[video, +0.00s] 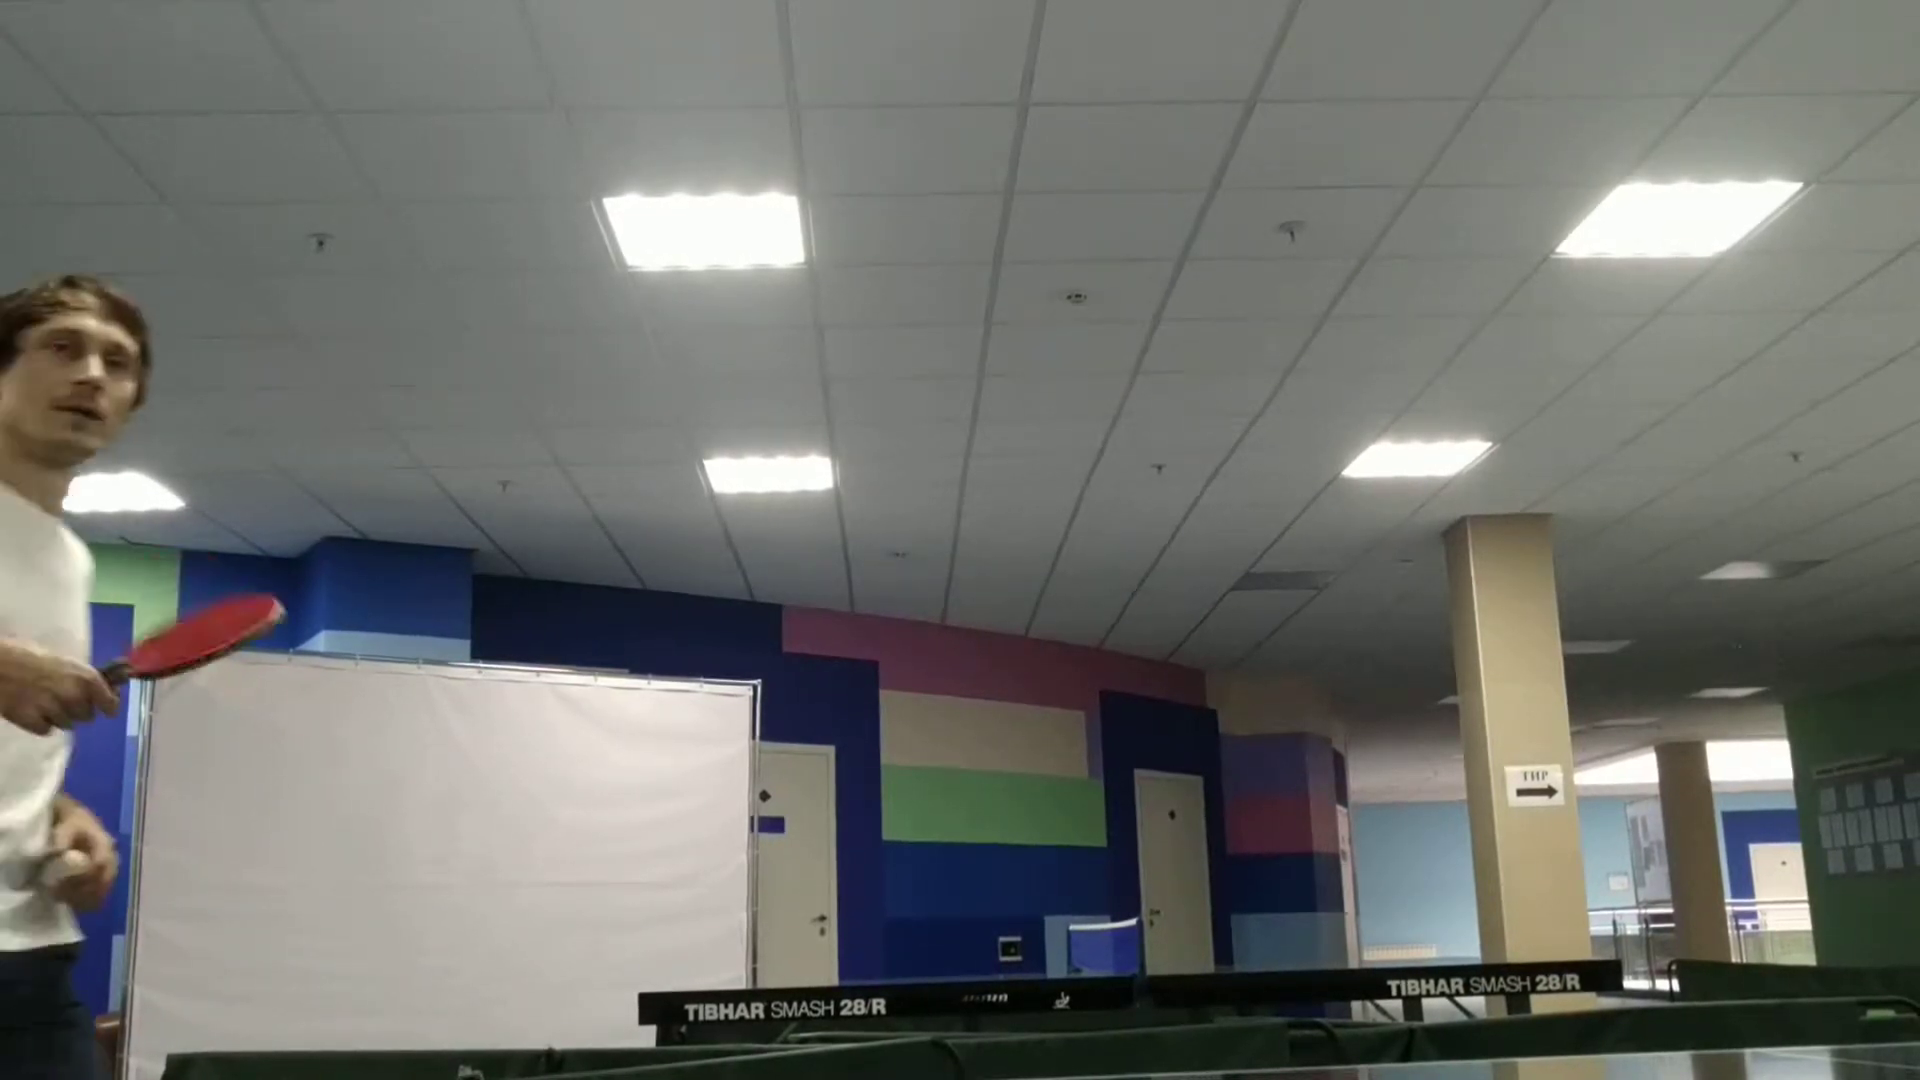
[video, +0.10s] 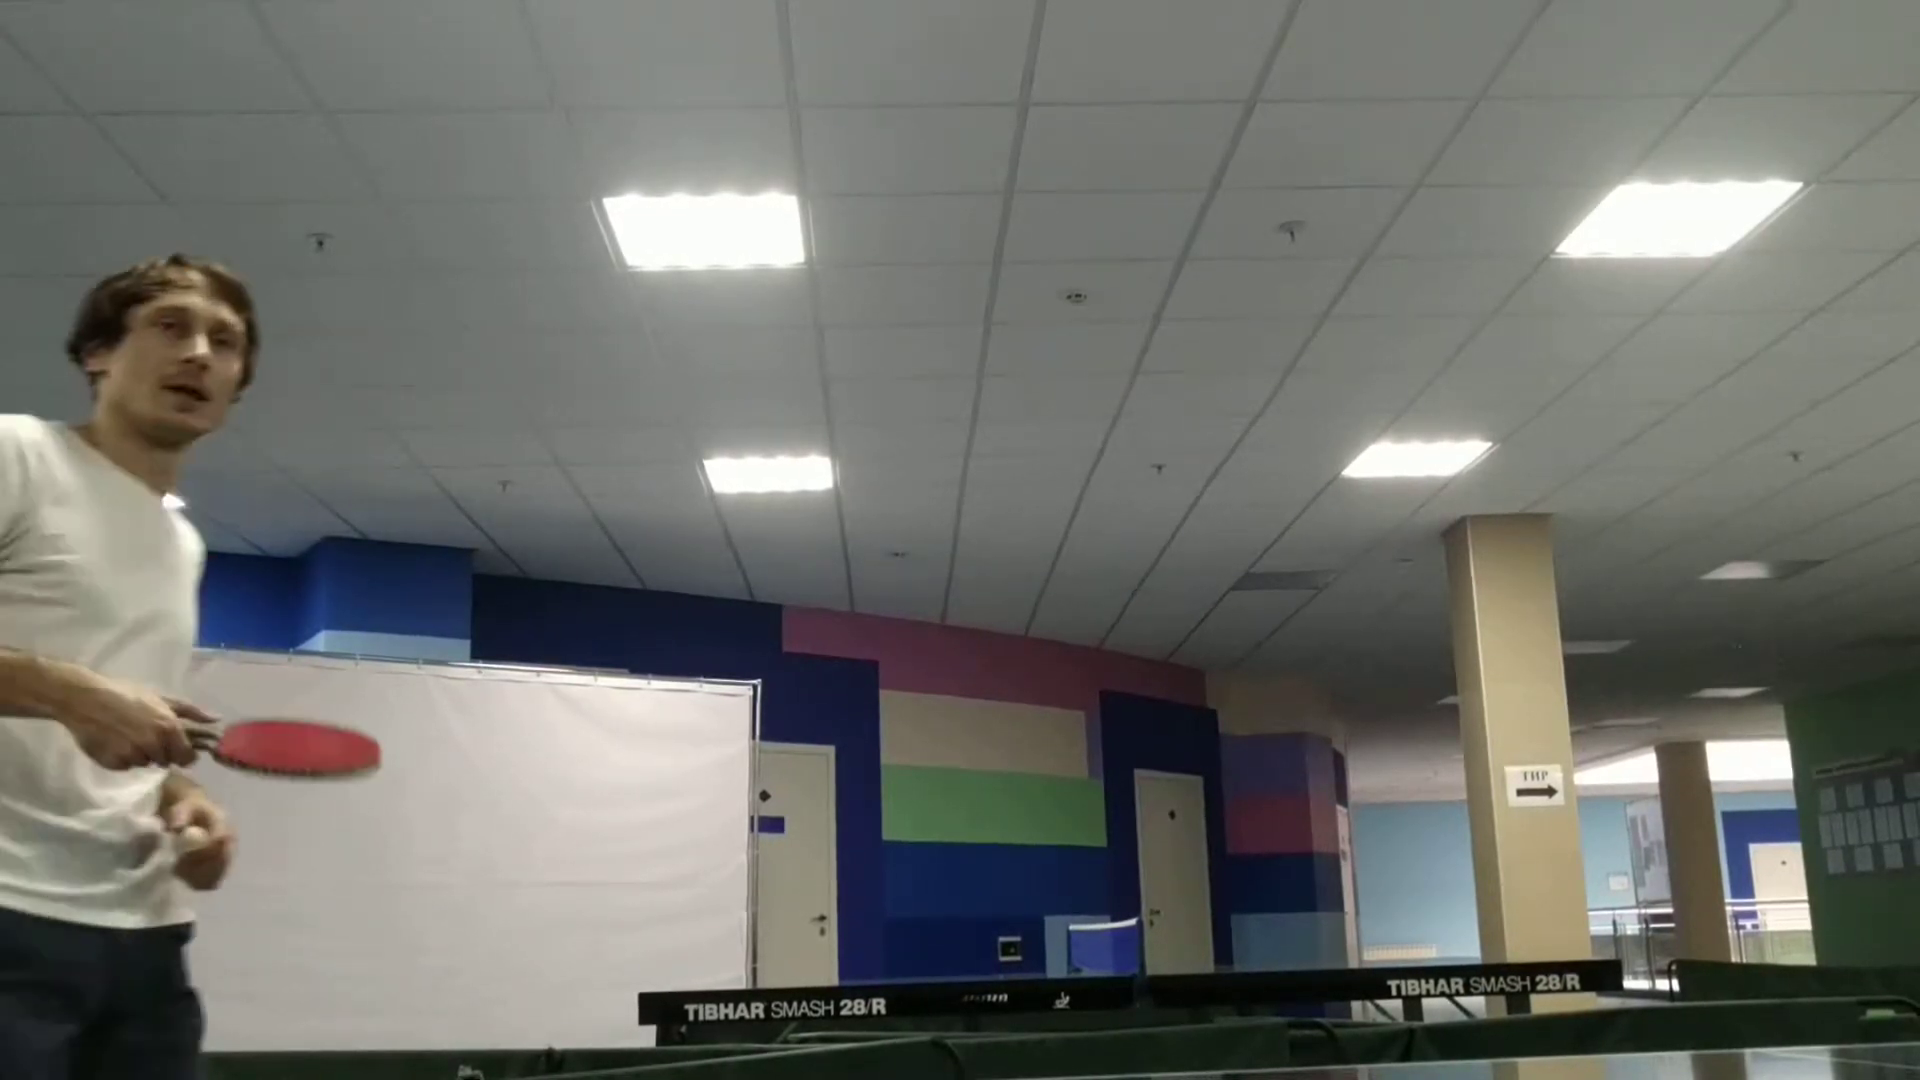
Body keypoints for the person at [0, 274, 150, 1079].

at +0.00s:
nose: (91, 373)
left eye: (116, 361)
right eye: (62, 346)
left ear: (132, 403)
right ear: (6, 367)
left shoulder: (72, 559)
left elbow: (26, 754)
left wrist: (65, 815)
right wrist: (5, 666)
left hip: (35, 949)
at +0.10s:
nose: (198, 350)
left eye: (223, 340)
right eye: (170, 325)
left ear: (236, 385)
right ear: (99, 355)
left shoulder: (183, 542)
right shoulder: (18, 455)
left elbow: (138, 710)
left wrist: (180, 800)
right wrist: (68, 693)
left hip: (145, 940)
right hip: (17, 926)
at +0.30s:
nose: (387, 318)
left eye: (415, 304)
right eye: (359, 294)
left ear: (438, 353)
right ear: (298, 331)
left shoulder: (400, 523)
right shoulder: (212, 443)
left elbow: (355, 713)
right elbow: (37, 647)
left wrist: (408, 799)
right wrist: (233, 717)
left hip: (343, 912)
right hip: (216, 893)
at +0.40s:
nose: (491, 319)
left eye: (518, 305)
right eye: (460, 297)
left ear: (541, 354)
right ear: (401, 336)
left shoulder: (506, 526)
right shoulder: (323, 456)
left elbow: (467, 722)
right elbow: (157, 665)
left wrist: (528, 795)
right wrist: (350, 719)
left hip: (469, 922)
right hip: (353, 905)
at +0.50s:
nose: (605, 310)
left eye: (630, 293)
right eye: (573, 287)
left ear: (655, 342)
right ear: (514, 327)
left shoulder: (616, 514)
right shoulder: (443, 452)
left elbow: (601, 711)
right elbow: (297, 675)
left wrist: (663, 790)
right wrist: (497, 716)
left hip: (607, 904)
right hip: (509, 898)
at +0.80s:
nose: (971, 272)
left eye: (991, 254)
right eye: (937, 249)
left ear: (1012, 299)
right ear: (871, 294)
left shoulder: (933, 456)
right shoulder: (834, 399)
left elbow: (876, 679)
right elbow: (744, 606)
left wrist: (991, 742)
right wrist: (1003, 623)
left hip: (944, 869)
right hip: (857, 859)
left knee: (1024, 1061)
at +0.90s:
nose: (1090, 284)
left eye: (1107, 266)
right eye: (1055, 261)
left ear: (1127, 307)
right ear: (986, 307)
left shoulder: (1048, 467)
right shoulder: (950, 407)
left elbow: (992, 691)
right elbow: (867, 604)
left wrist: (1107, 757)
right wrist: (1123, 568)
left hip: (1075, 880)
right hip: (979, 871)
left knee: (1121, 1064)